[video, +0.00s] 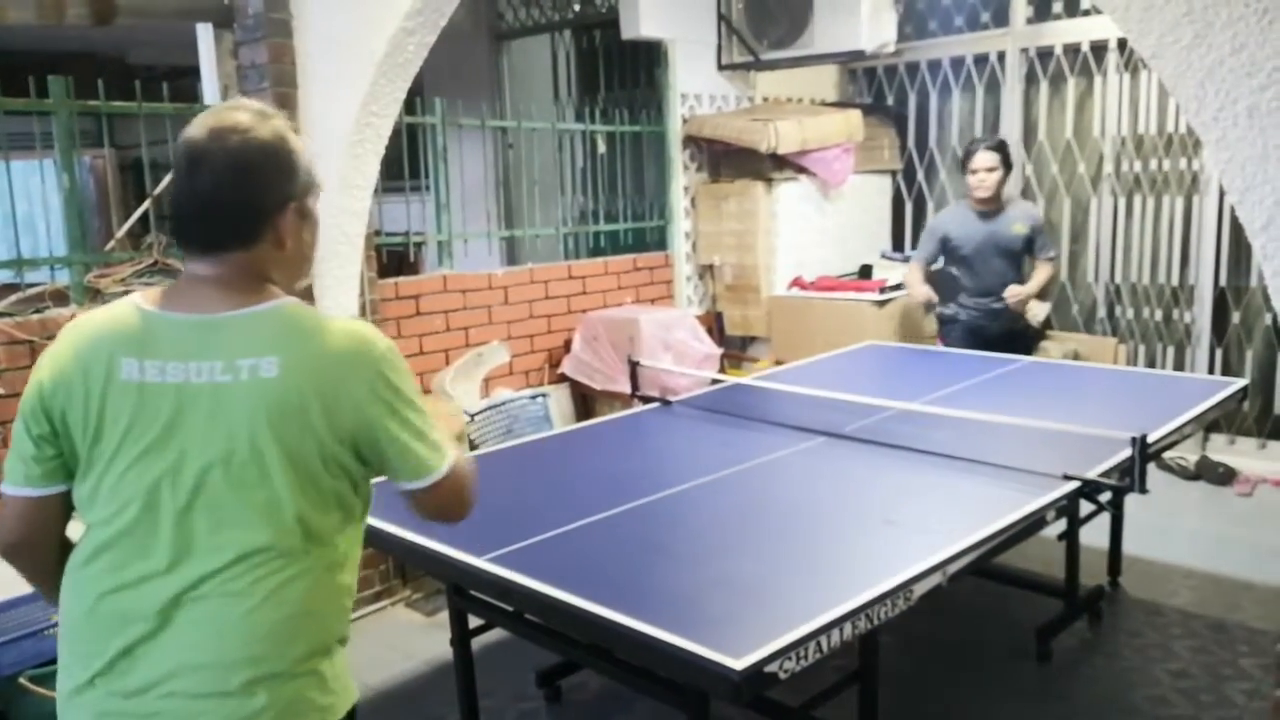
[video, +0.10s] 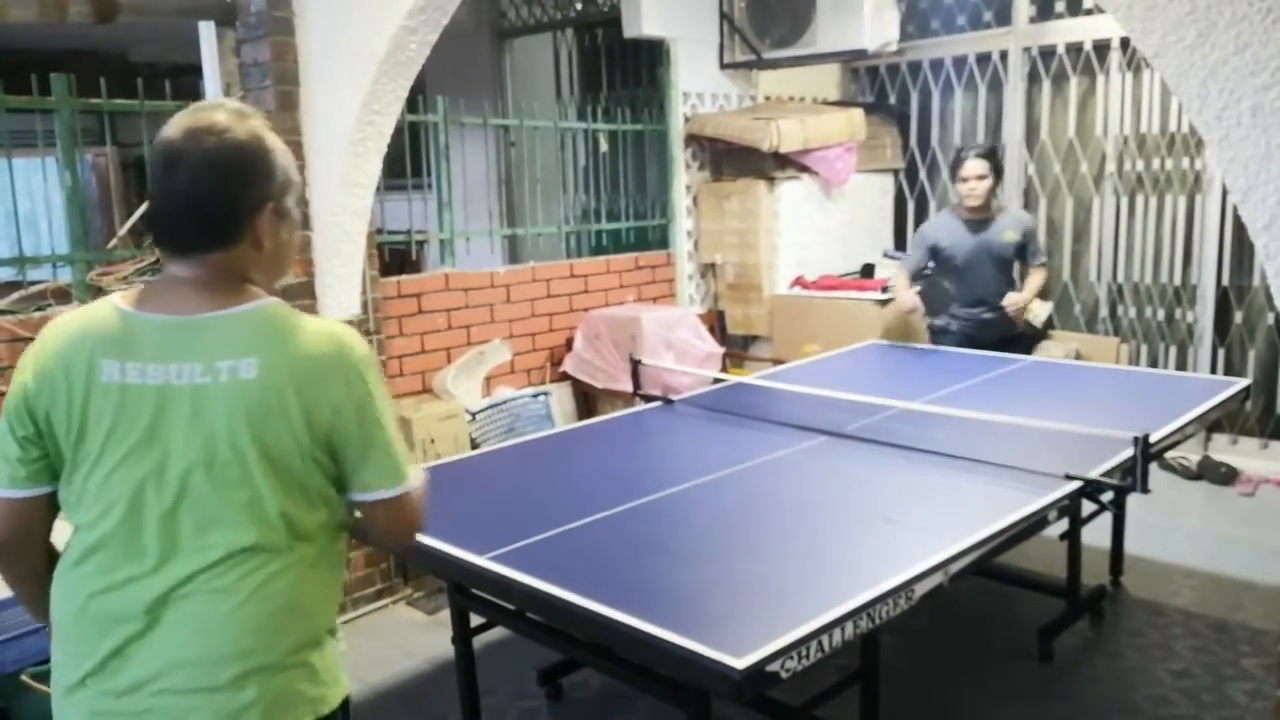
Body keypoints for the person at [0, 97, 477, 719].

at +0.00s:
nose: (315, 223)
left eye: (313, 204)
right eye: (311, 206)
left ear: (183, 215)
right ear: (287, 223)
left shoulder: (83, 346)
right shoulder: (345, 353)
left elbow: (23, 533)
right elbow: (449, 501)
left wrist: (99, 603)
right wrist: (448, 425)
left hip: (101, 697)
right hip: (276, 697)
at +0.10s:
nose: (302, 229)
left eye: (301, 208)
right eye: (296, 208)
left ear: (163, 217)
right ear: (263, 222)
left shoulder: (64, 344)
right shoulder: (322, 351)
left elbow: (15, 533)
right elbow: (397, 524)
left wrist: (78, 626)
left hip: (95, 693)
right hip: (267, 692)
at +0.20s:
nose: (272, 234)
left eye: (271, 215)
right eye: (266, 215)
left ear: (130, 222)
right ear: (234, 230)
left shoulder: (35, 349)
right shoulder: (293, 356)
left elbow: (6, 543)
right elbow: (339, 555)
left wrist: (42, 642)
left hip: (79, 686)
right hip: (250, 686)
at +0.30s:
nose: (232, 241)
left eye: (231, 222)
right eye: (227, 222)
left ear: (96, 226)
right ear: (192, 237)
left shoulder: (13, 350)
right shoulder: (248, 362)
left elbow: (12, 524)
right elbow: (287, 565)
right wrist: (325, 569)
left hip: (52, 686)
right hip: (217, 689)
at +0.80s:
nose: (261, 253)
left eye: (259, 234)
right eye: (252, 233)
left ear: (131, 239)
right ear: (208, 239)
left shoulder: (38, 353)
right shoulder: (252, 356)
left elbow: (11, 535)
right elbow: (299, 545)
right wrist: (380, 569)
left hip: (59, 688)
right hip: (222, 685)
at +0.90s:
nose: (308, 269)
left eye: (307, 249)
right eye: (302, 247)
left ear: (195, 247)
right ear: (270, 246)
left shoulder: (87, 351)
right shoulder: (309, 362)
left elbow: (35, 519)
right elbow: (368, 540)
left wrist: (64, 623)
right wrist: (433, 517)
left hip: (97, 687)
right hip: (259, 685)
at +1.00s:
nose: (371, 266)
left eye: (369, 248)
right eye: (367, 248)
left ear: (255, 247)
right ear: (336, 254)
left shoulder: (142, 346)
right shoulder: (368, 362)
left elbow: (75, 506)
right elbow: (462, 516)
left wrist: (101, 611)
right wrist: (508, 473)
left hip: (129, 685)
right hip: (292, 682)